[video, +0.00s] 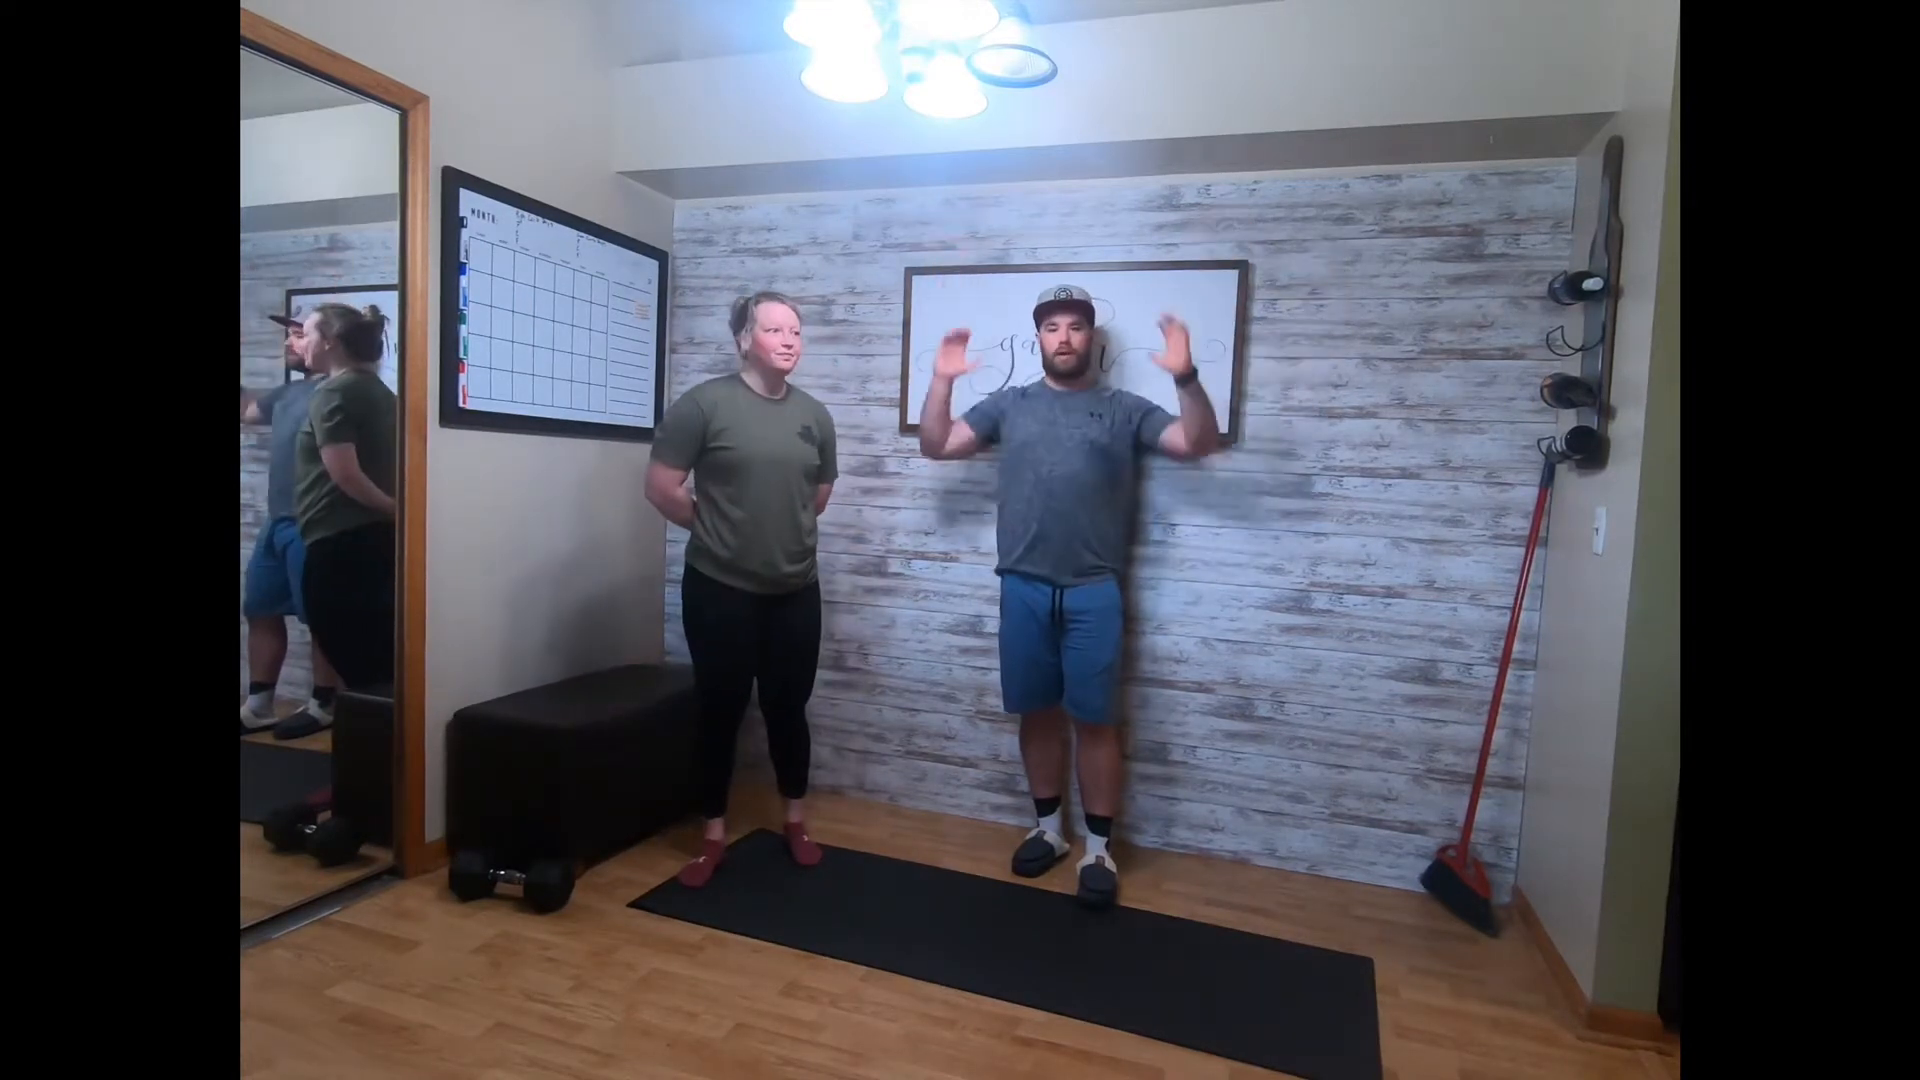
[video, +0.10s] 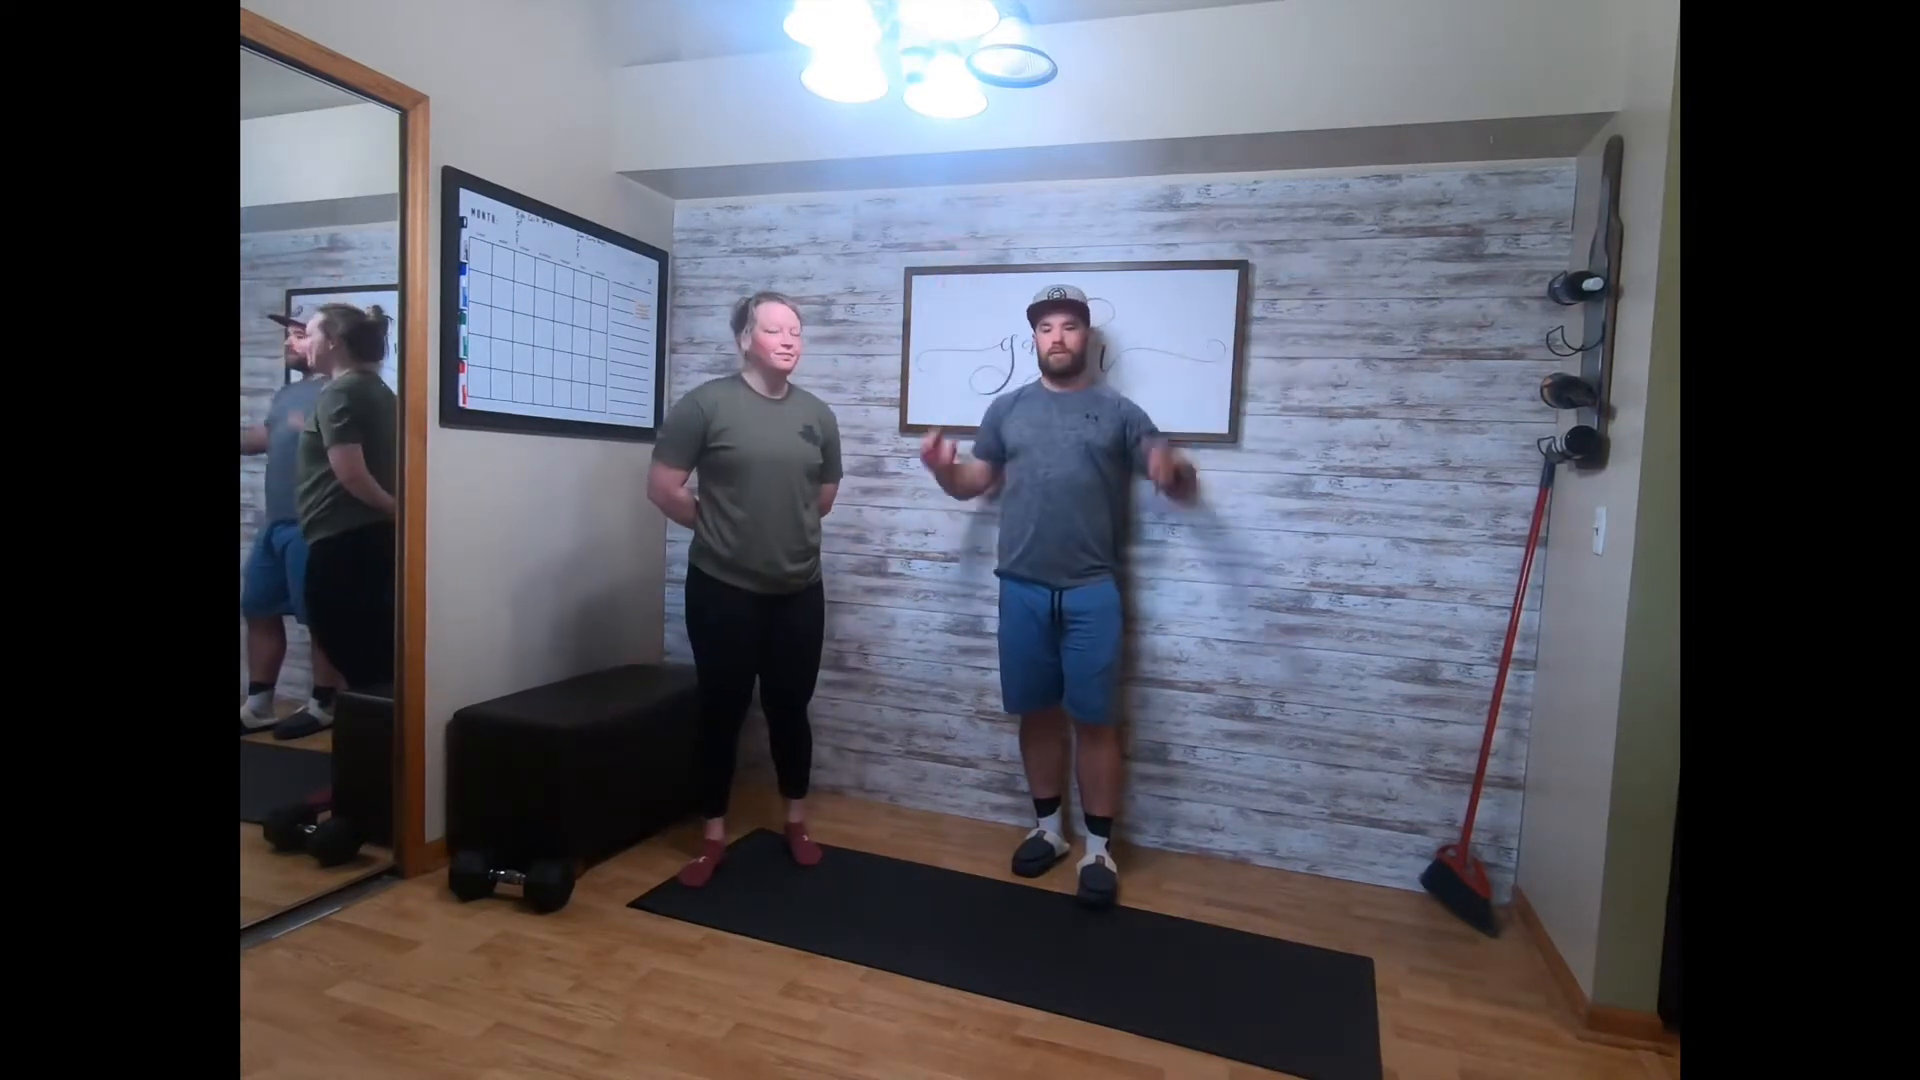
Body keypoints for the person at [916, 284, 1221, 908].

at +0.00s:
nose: (1064, 336)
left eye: (1076, 327)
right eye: (1053, 328)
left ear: (1093, 339)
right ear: (1038, 340)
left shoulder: (1122, 408)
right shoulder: (1012, 404)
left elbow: (1199, 440)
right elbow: (937, 443)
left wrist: (1185, 376)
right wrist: (942, 378)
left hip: (1094, 579)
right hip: (1024, 577)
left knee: (1093, 715)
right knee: (1036, 709)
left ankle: (1097, 851)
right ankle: (1048, 831)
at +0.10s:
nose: (1057, 337)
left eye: (1069, 327)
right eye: (1046, 328)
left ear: (1088, 337)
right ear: (1033, 339)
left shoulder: (1116, 410)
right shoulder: (1008, 408)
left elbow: (1175, 481)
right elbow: (976, 480)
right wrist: (948, 471)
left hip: (1092, 581)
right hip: (1023, 580)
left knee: (1094, 716)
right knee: (1036, 710)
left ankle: (1098, 851)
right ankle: (1048, 830)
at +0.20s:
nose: (1049, 338)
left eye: (1062, 327)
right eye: (1038, 329)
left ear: (1083, 337)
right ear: (1028, 339)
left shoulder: (1115, 411)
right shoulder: (1008, 411)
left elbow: (1149, 490)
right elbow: (986, 490)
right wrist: (950, 550)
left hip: (1089, 583)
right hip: (1020, 582)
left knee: (1091, 716)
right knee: (1033, 710)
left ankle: (1098, 850)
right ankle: (1047, 829)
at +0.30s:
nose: (1041, 337)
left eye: (1052, 326)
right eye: (1031, 329)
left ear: (1077, 335)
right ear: (1023, 342)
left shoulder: (1115, 411)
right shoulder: (1005, 412)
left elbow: (1141, 499)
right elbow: (986, 494)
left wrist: (1144, 578)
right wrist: (970, 568)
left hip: (1088, 583)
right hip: (1016, 582)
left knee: (1089, 716)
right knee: (1033, 711)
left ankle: (1096, 849)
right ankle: (1048, 829)